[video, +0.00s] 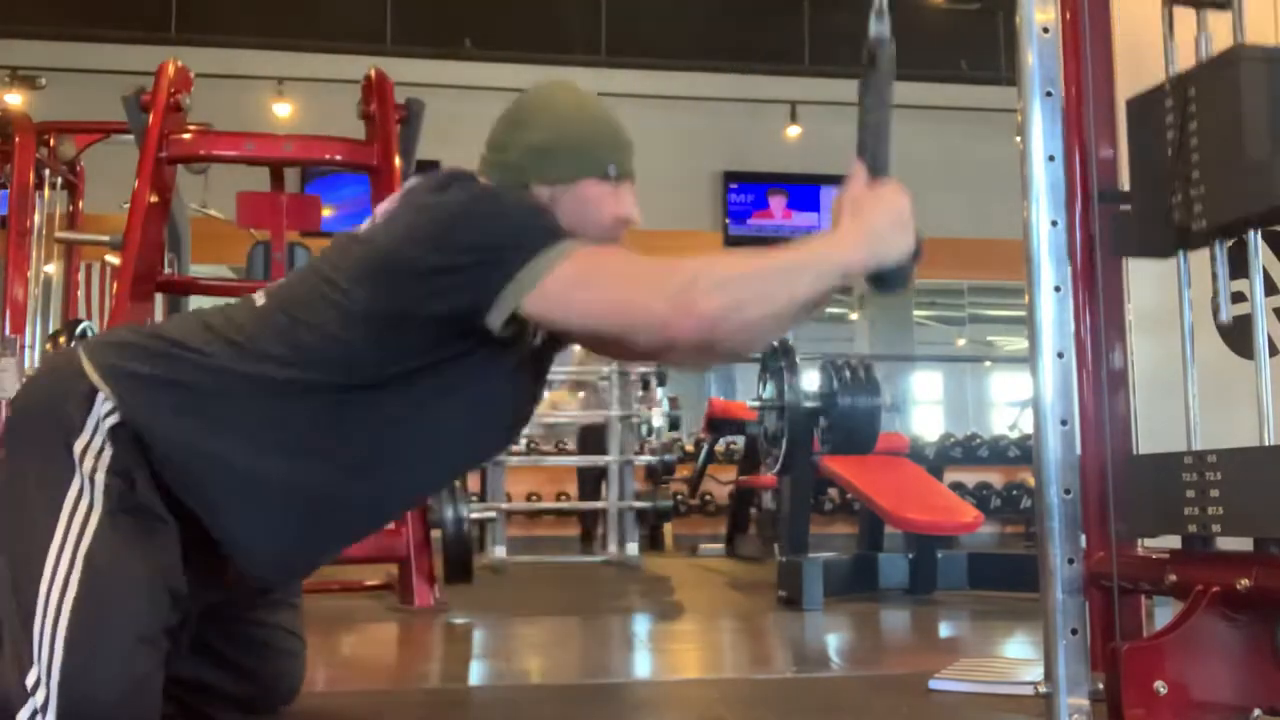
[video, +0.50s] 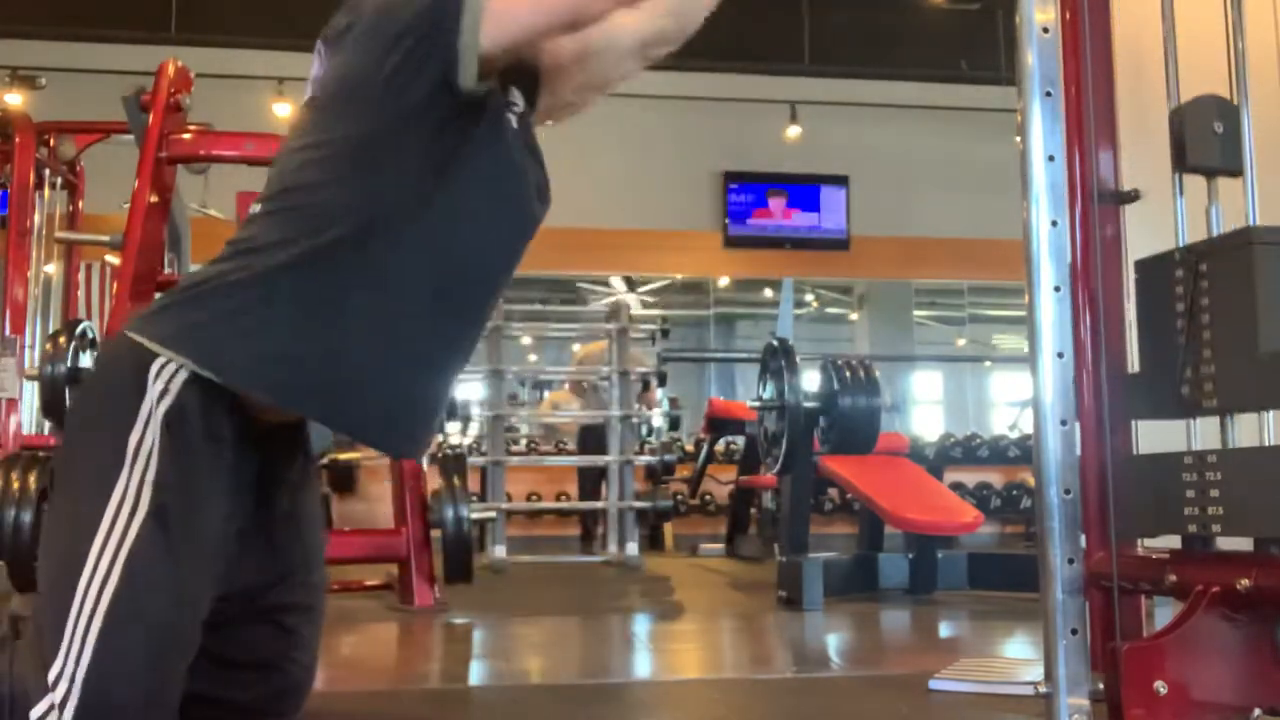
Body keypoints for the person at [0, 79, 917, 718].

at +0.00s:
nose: (632, 212)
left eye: (628, 185)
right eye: (616, 187)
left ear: (555, 192)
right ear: (556, 186)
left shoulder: (521, 273)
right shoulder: (466, 223)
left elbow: (674, 305)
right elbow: (688, 316)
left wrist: (830, 251)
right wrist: (846, 248)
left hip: (230, 506)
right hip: (114, 435)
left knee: (249, 688)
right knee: (77, 699)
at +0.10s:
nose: (622, 154)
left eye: (618, 133)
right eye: (606, 131)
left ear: (544, 137)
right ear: (550, 134)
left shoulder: (533, 254)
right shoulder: (461, 177)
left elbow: (689, 269)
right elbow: (694, 227)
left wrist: (828, 188)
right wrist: (848, 149)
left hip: (227, 500)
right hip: (127, 430)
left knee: (251, 683)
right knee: (78, 698)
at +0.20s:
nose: (608, 103)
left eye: (601, 87)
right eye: (594, 85)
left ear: (538, 99)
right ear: (551, 87)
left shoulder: (528, 214)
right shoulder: (458, 134)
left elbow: (695, 199)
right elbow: (679, 153)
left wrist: (828, 96)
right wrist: (839, 70)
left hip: (240, 486)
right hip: (139, 425)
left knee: (252, 686)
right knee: (80, 697)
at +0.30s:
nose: (644, 140)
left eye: (664, 127)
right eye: (633, 97)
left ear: (552, 88)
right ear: (557, 52)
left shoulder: (522, 195)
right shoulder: (446, 88)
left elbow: (669, 152)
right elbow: (660, 82)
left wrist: (765, 77)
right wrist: (819, 7)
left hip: (264, 476)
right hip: (151, 420)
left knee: (252, 694)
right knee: (82, 699)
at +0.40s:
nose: (619, 97)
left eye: (645, 86)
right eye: (616, 55)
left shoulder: (511, 150)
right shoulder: (422, 59)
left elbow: (633, 101)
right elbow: (644, 28)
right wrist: (752, 2)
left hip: (271, 450)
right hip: (162, 409)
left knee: (258, 690)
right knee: (84, 700)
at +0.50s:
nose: (560, 46)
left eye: (571, 35)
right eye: (563, 23)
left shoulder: (502, 106)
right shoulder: (405, 39)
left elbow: (644, 34)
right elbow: (598, 7)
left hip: (275, 435)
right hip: (173, 401)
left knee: (260, 690)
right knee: (88, 700)